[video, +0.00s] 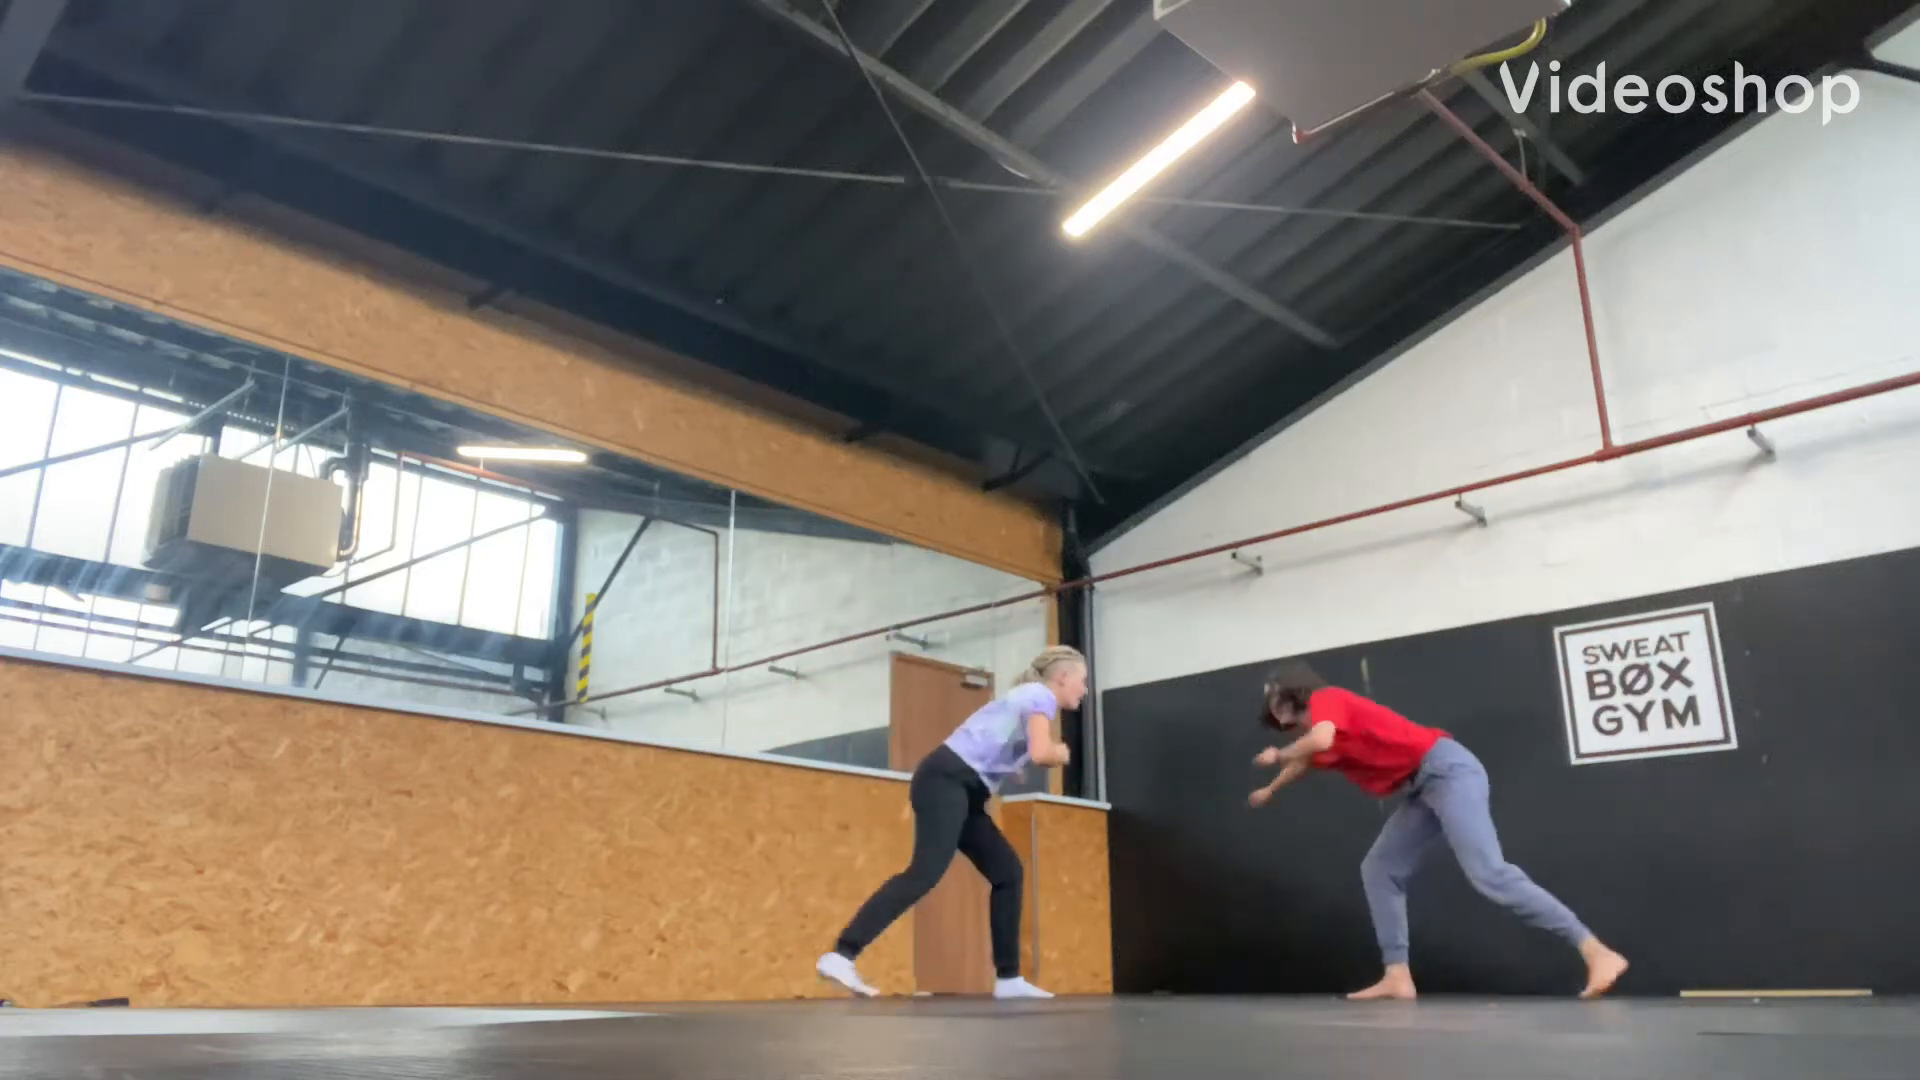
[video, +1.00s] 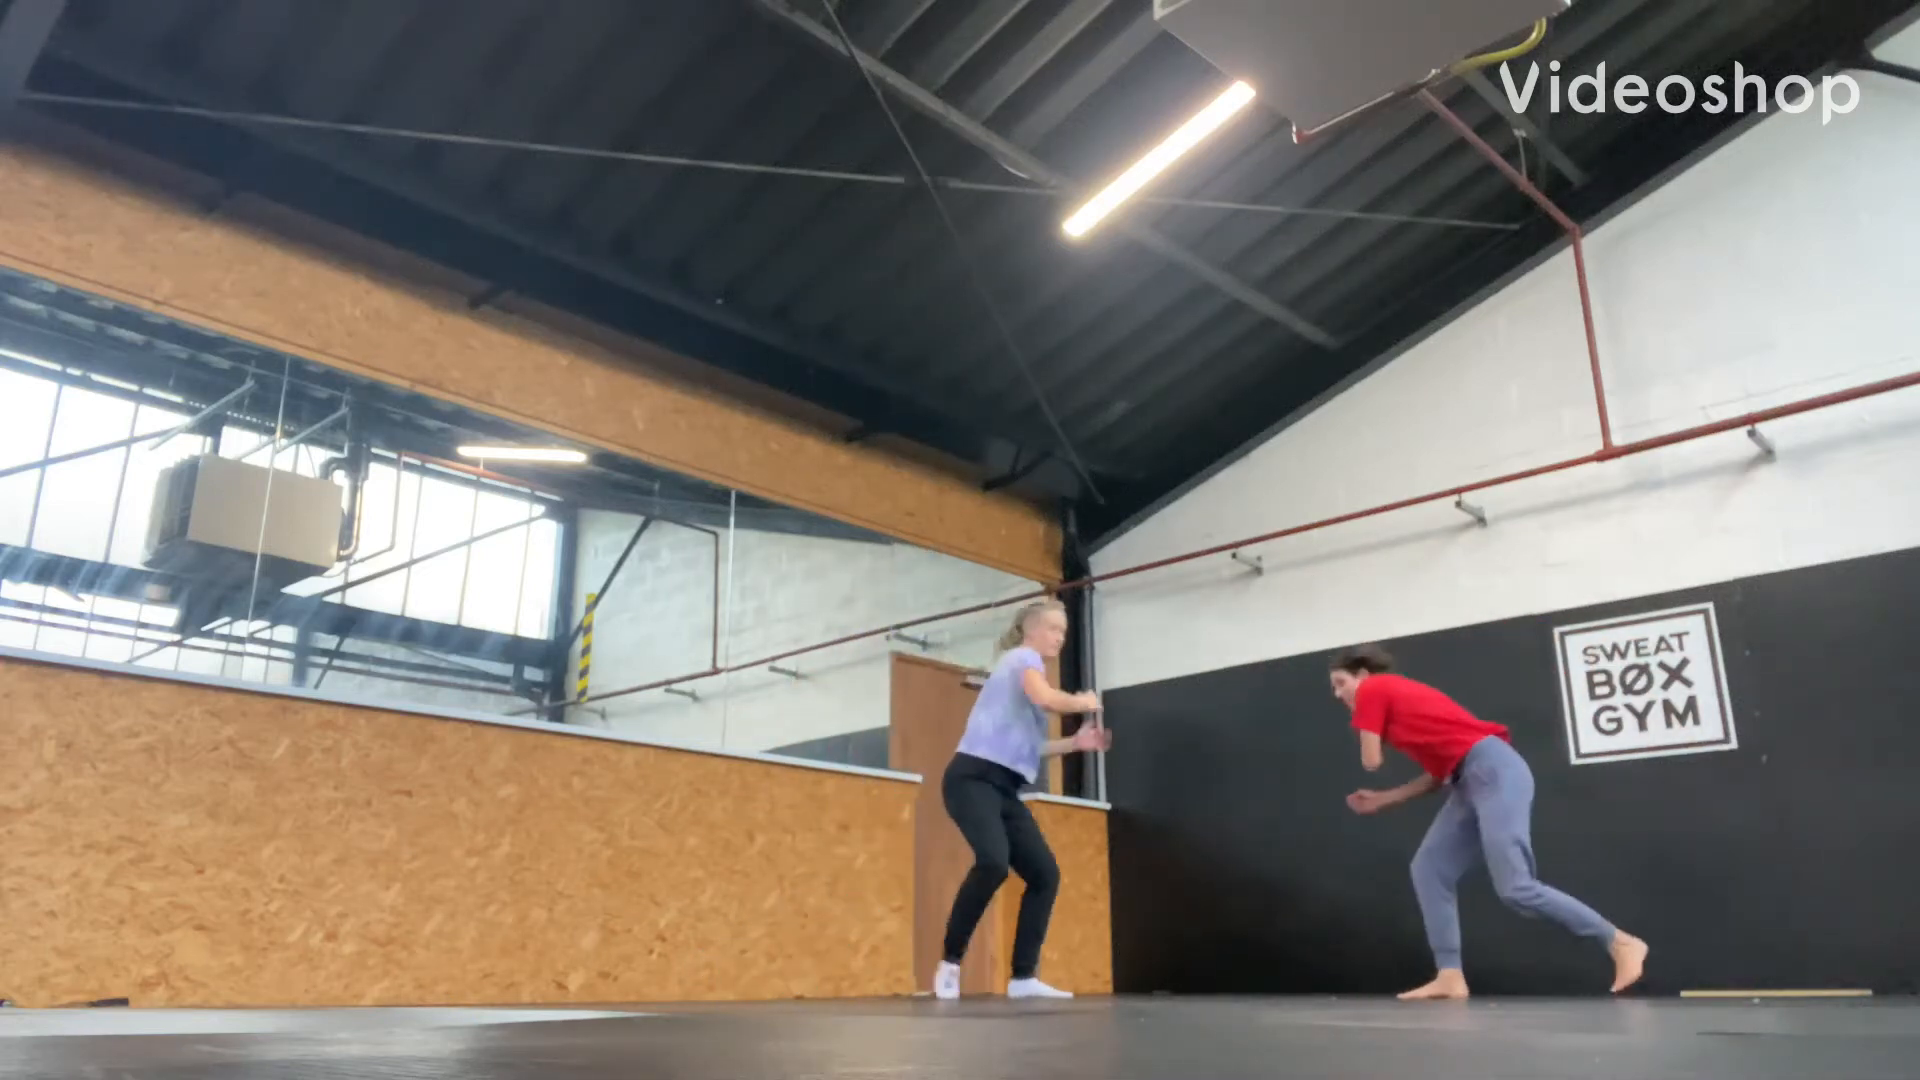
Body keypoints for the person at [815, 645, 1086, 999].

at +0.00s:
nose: (1085, 691)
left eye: (1086, 683)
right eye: (1082, 681)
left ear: (1056, 679)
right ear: (1061, 677)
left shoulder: (1030, 699)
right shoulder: (1039, 695)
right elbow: (1040, 751)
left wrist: (1050, 752)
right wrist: (1062, 753)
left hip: (965, 795)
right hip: (945, 780)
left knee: (1007, 873)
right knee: (925, 873)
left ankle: (1009, 981)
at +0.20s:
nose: (1042, 657)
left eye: (1042, 649)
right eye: (1040, 649)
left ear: (1010, 647)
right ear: (1022, 646)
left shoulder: (977, 676)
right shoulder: (1010, 670)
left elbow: (924, 717)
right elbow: (1038, 722)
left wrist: (891, 749)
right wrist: (1029, 695)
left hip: (945, 787)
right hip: (929, 777)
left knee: (989, 873)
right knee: (886, 871)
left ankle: (1006, 980)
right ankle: (798, 949)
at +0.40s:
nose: (999, 664)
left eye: (1000, 656)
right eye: (996, 654)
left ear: (968, 654)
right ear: (974, 652)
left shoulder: (935, 686)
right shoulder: (955, 681)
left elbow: (888, 732)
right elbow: (960, 740)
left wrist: (849, 777)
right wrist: (982, 728)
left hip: (924, 805)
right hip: (900, 800)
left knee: (991, 869)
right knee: (868, 899)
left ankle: (1007, 974)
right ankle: (784, 970)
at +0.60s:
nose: (1013, 655)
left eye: (1013, 647)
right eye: (1010, 646)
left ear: (977, 647)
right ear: (991, 643)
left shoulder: (947, 684)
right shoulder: (987, 670)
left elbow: (902, 742)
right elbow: (1015, 727)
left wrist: (903, 789)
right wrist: (1009, 704)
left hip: (939, 794)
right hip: (926, 787)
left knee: (1000, 872)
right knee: (890, 886)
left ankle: (1019, 978)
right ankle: (800, 958)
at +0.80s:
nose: (1056, 661)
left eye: (1056, 653)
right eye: (1052, 652)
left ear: (1023, 652)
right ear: (1030, 650)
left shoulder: (1002, 680)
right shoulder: (1023, 675)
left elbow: (972, 740)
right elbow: (1063, 728)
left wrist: (1001, 775)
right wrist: (1049, 704)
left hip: (966, 787)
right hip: (953, 783)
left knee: (1022, 871)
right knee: (982, 876)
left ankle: (1022, 979)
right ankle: (894, 941)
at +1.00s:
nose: (1059, 638)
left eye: (1063, 631)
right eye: (1053, 629)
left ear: (1058, 636)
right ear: (1028, 629)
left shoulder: (1025, 678)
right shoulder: (1022, 657)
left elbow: (1024, 748)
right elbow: (1043, 697)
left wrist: (1076, 743)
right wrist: (1080, 702)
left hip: (1004, 791)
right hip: (972, 780)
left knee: (1044, 875)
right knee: (993, 863)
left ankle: (1023, 979)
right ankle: (950, 962)